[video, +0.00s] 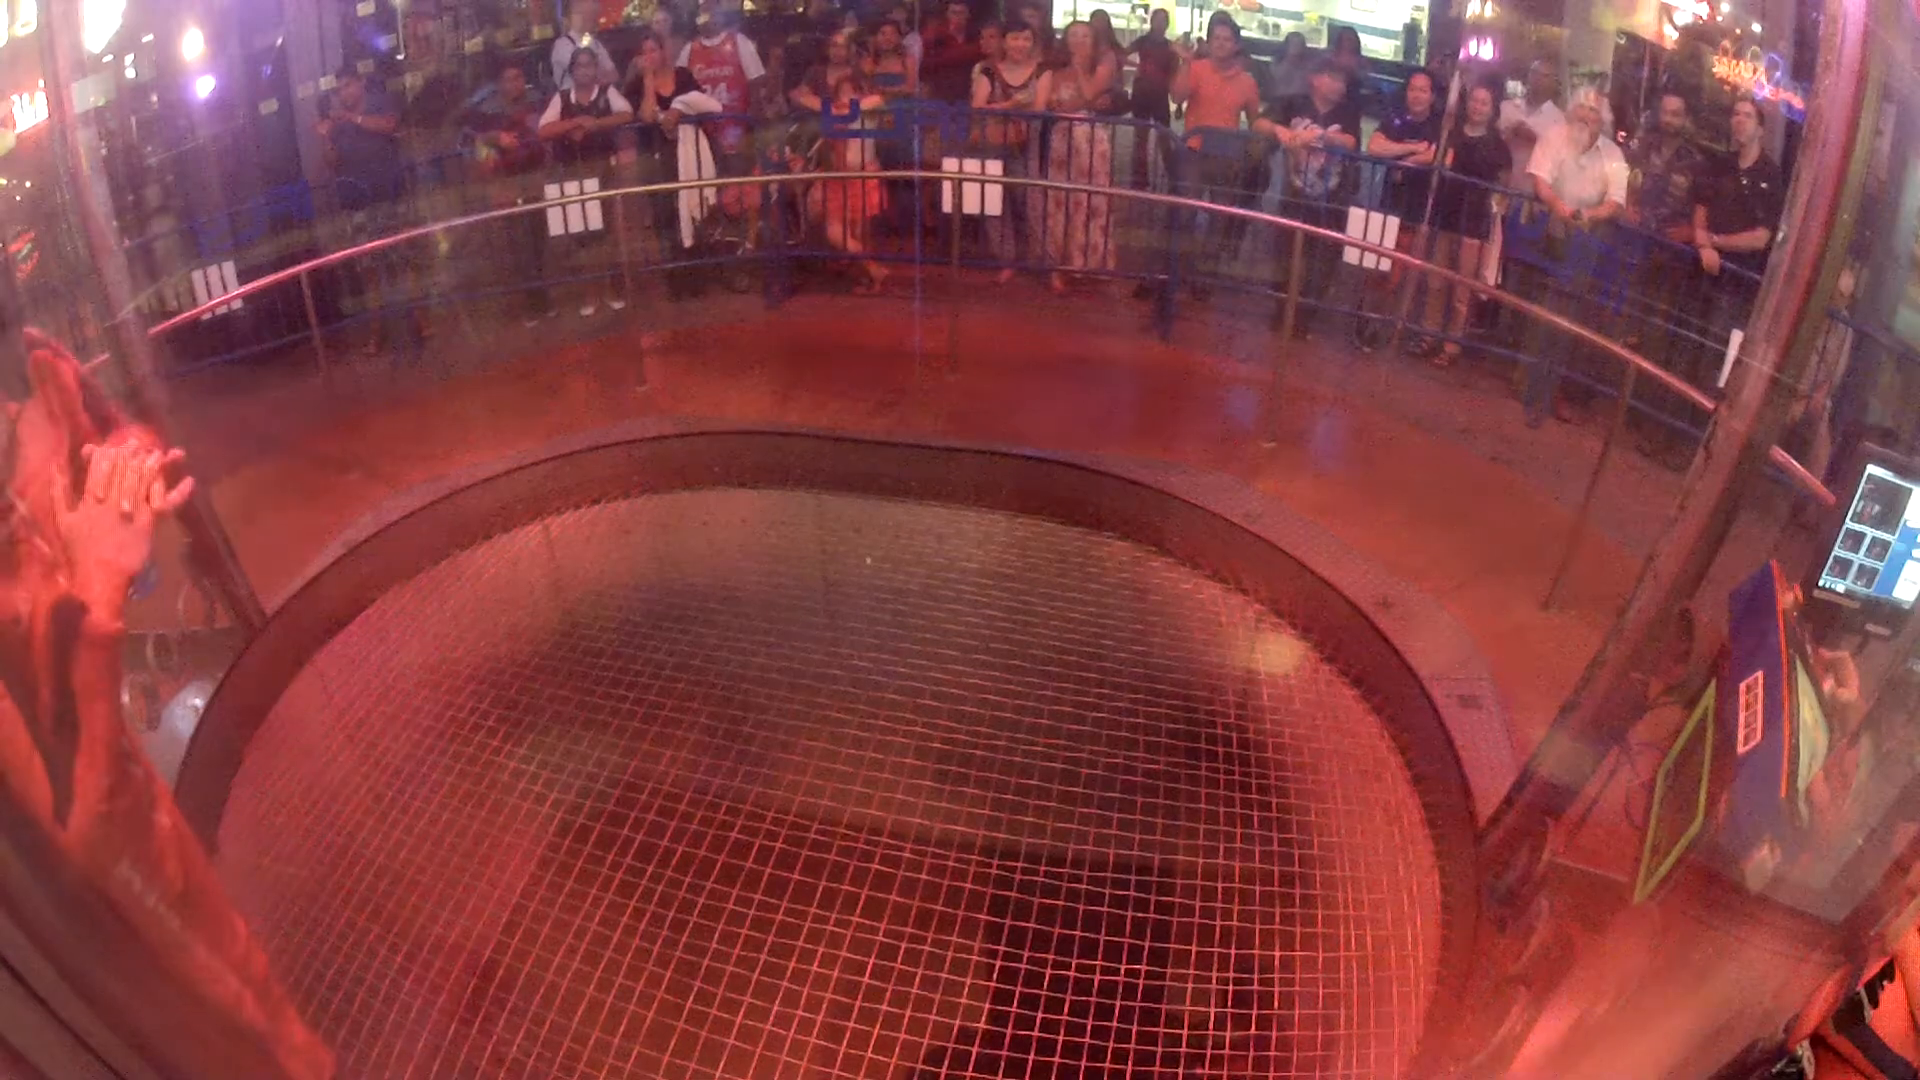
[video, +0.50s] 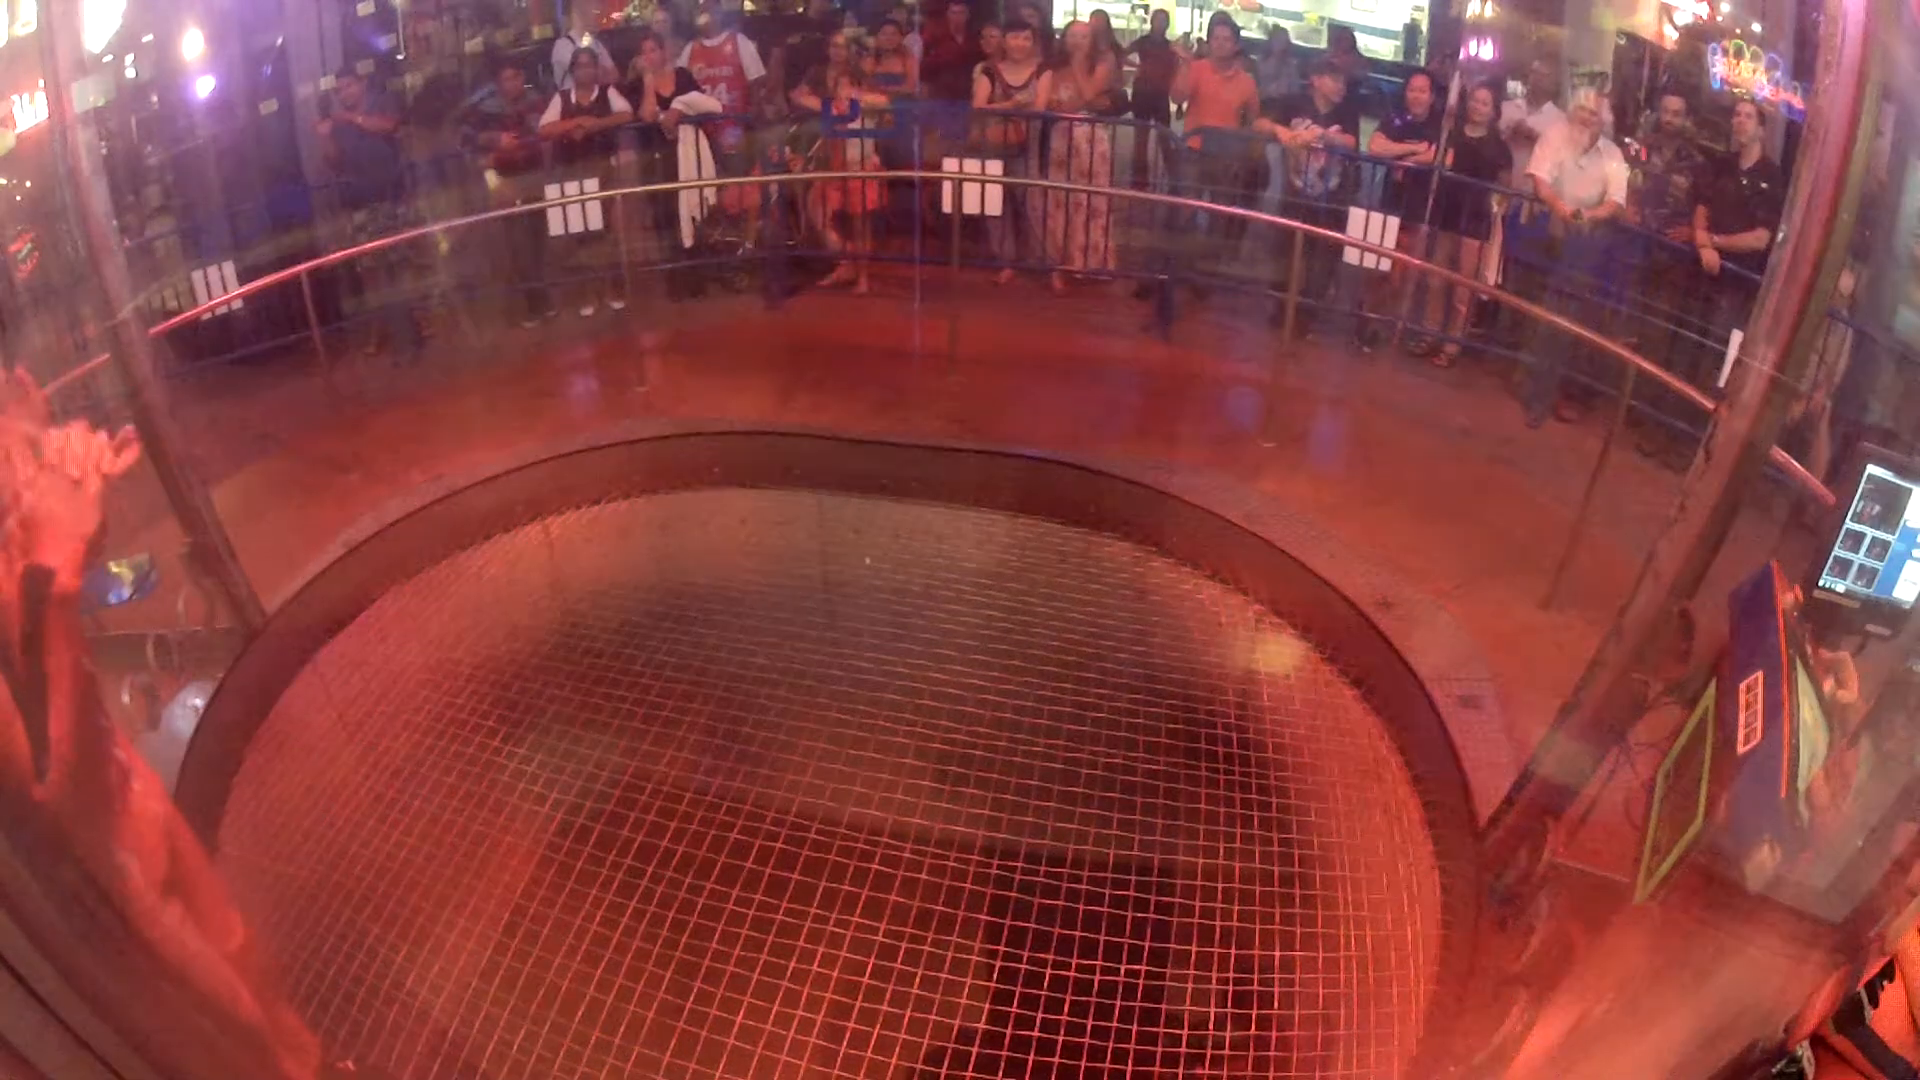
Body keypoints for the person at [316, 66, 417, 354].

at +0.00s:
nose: (344, 93)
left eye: (348, 86)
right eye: (339, 89)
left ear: (363, 85)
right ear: (337, 93)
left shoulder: (381, 106)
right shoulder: (339, 122)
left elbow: (389, 125)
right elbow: (333, 164)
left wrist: (351, 118)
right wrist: (327, 139)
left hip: (393, 197)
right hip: (358, 204)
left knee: (408, 262)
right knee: (369, 271)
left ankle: (420, 320)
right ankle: (376, 331)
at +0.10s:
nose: (345, 93)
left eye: (349, 86)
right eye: (340, 89)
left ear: (363, 85)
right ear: (337, 94)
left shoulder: (381, 106)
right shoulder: (339, 122)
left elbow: (389, 125)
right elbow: (333, 164)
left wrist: (351, 118)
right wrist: (327, 139)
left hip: (393, 198)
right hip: (358, 204)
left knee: (408, 262)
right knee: (369, 271)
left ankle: (420, 320)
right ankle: (376, 330)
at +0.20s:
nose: (345, 93)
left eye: (349, 86)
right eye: (340, 88)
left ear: (363, 85)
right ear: (337, 93)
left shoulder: (381, 105)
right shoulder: (339, 121)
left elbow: (390, 125)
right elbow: (333, 163)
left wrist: (351, 118)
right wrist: (327, 139)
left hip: (393, 196)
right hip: (358, 203)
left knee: (408, 261)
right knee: (368, 269)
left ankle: (419, 320)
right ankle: (376, 330)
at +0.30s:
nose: (345, 93)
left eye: (349, 86)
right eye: (340, 88)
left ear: (363, 85)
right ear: (337, 93)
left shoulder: (381, 105)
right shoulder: (339, 122)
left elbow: (390, 125)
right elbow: (333, 163)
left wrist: (351, 118)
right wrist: (327, 139)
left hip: (393, 196)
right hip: (358, 203)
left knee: (408, 261)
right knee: (368, 269)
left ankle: (419, 319)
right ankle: (376, 329)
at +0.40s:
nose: (346, 94)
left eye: (350, 87)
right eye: (341, 90)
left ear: (363, 85)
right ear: (338, 95)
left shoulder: (381, 105)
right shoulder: (339, 122)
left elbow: (389, 125)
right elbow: (335, 165)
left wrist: (352, 118)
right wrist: (327, 139)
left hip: (394, 197)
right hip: (361, 203)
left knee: (404, 263)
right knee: (370, 269)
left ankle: (416, 322)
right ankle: (379, 329)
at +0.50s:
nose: (346, 94)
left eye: (350, 87)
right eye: (340, 90)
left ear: (363, 85)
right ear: (338, 94)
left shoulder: (381, 106)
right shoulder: (339, 122)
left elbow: (389, 125)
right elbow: (335, 164)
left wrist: (352, 118)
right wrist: (326, 139)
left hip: (394, 197)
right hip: (361, 203)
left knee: (404, 263)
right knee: (370, 270)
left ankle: (416, 322)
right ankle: (379, 329)